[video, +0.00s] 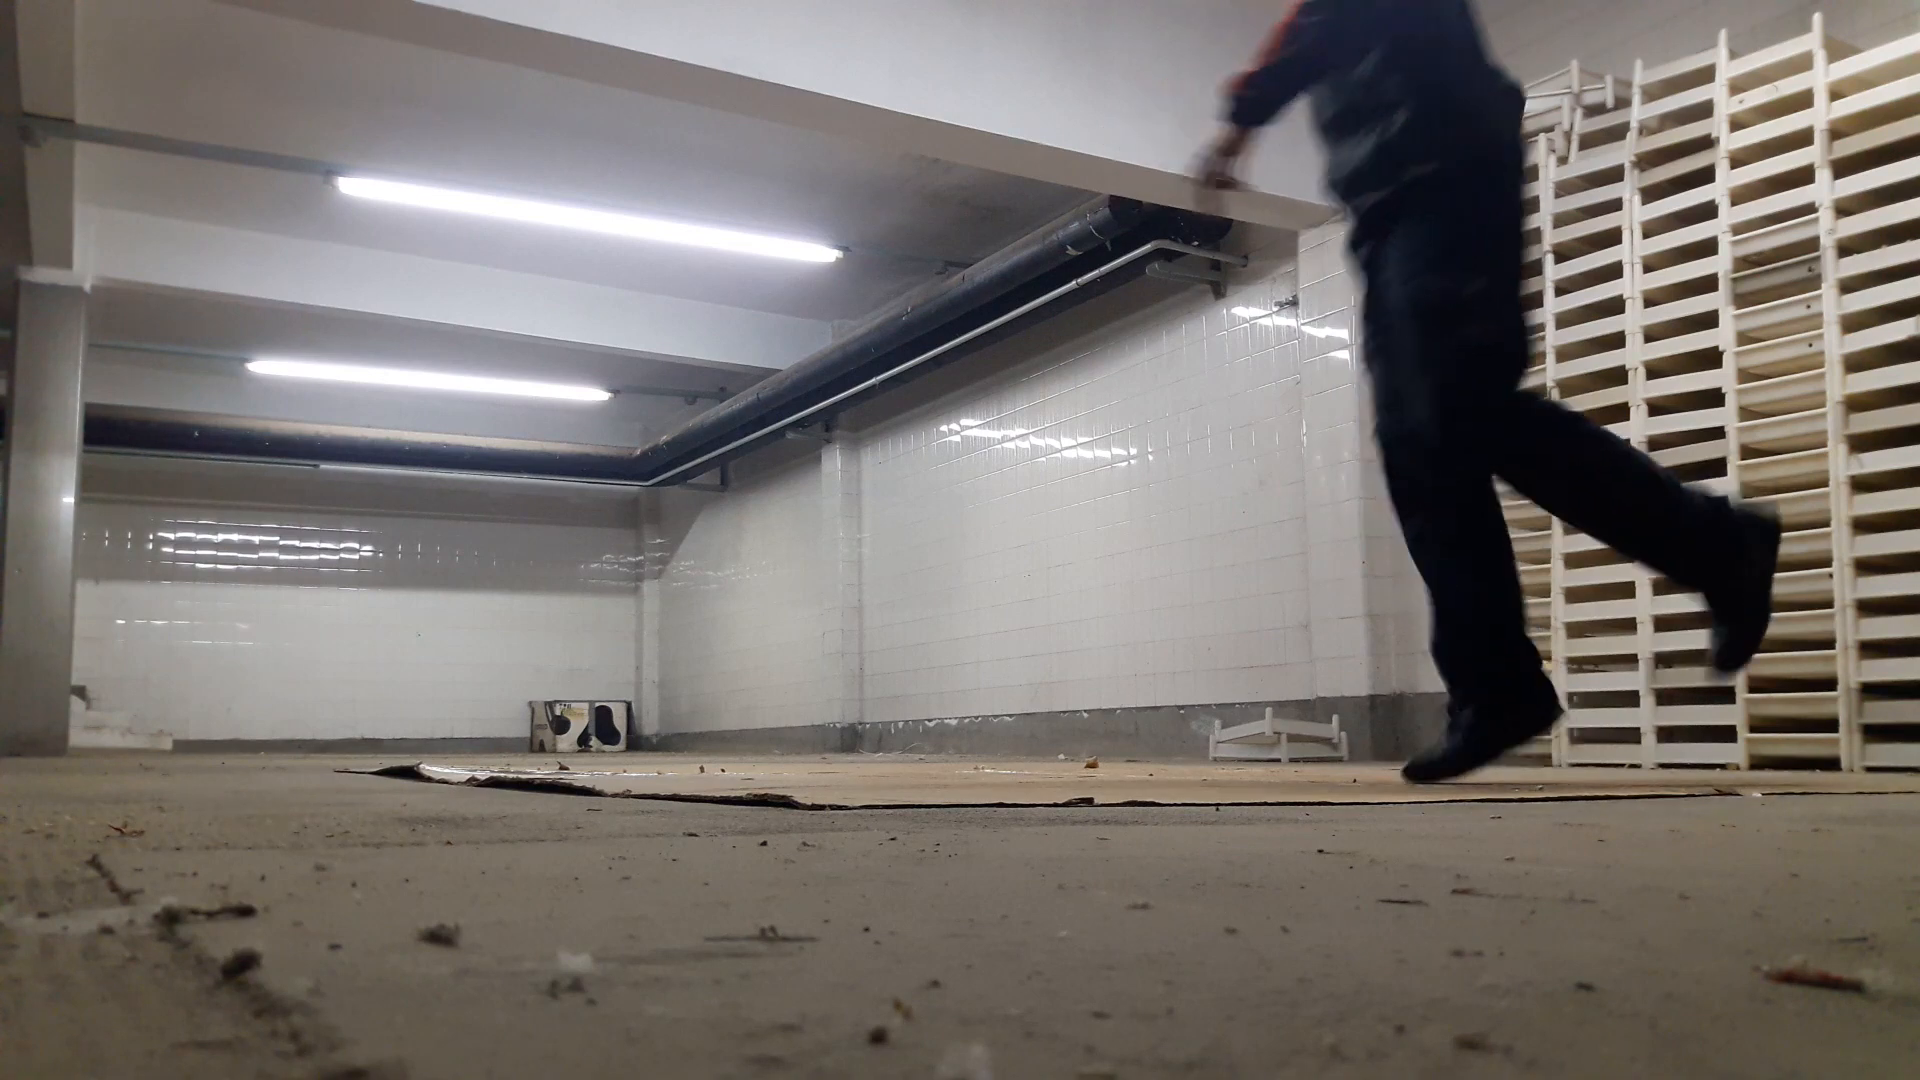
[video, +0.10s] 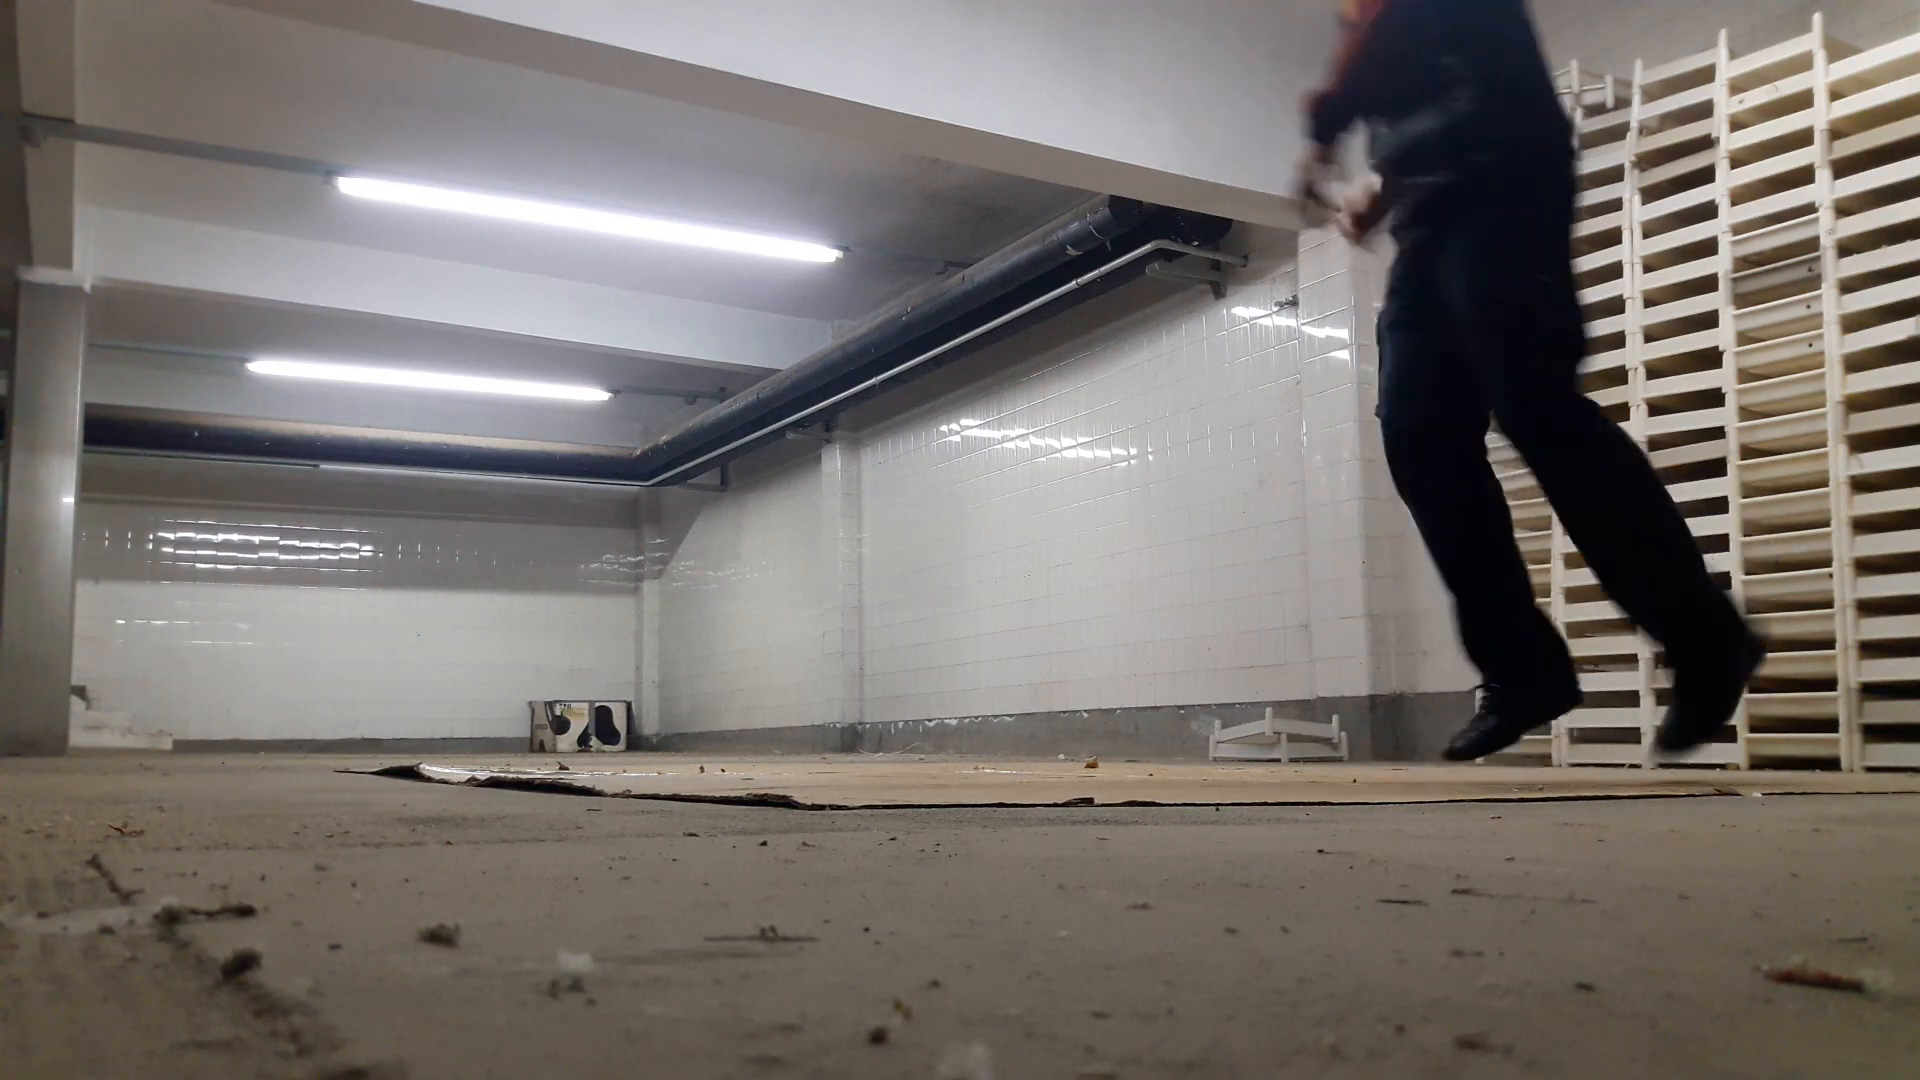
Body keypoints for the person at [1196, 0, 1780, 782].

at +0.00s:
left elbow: (1329, 23)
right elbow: (1316, 39)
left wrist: (1244, 107)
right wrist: (1240, 126)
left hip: (1447, 151)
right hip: (1384, 183)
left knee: (1469, 407)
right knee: (1417, 442)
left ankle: (1722, 548)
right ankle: (1499, 691)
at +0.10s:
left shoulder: (1457, 10)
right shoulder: (1382, 19)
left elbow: (1489, 104)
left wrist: (1331, 123)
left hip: (1504, 176)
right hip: (1428, 196)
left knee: (1540, 410)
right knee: (1424, 439)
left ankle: (1709, 642)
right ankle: (1525, 674)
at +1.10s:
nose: (1358, 108)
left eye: (1373, 95)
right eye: (1345, 94)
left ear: (1393, 106)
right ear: (1322, 101)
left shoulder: (1395, 202)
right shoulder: (1272, 184)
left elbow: (1394, 324)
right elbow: (1189, 288)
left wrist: (1444, 362)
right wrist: (1230, 368)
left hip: (1365, 417)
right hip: (1289, 410)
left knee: (1384, 574)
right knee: (1348, 555)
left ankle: (1317, 735)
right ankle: (1209, 579)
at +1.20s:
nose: (1321, 103)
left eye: (1335, 92)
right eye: (1307, 90)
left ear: (1351, 107)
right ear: (1285, 98)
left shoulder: (1357, 196)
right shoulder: (1239, 178)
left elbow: (1343, 307)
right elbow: (1154, 263)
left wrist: (1384, 353)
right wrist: (1227, 307)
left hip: (1324, 415)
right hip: (1246, 408)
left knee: (1348, 569)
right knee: (1255, 552)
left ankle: (1316, 736)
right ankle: (1146, 537)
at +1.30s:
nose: (1277, 60)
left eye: (1290, 49)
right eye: (1263, 48)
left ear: (1309, 62)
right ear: (1242, 60)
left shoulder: (1325, 153)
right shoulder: (1198, 138)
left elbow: (1322, 259)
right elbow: (1112, 221)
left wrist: (1334, 308)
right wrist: (1193, 256)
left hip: (1274, 372)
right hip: (1195, 364)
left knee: (1286, 539)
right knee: (1177, 503)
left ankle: (1294, 716)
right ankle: (1096, 580)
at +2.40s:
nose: (781, 13)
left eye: (794, 3)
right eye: (772, 4)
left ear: (827, 5)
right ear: (763, 13)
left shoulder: (869, 80)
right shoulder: (748, 99)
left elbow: (916, 215)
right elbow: (754, 229)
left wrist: (812, 293)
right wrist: (704, 269)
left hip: (806, 337)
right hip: (733, 332)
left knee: (722, 495)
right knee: (651, 486)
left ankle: (727, 731)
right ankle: (749, 669)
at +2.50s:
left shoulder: (878, 44)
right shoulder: (721, 44)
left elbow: (941, 185)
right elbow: (702, 161)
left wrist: (864, 266)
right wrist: (690, 229)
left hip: (823, 313)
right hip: (729, 304)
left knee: (787, 497)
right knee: (699, 497)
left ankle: (748, 722)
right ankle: (682, 714)